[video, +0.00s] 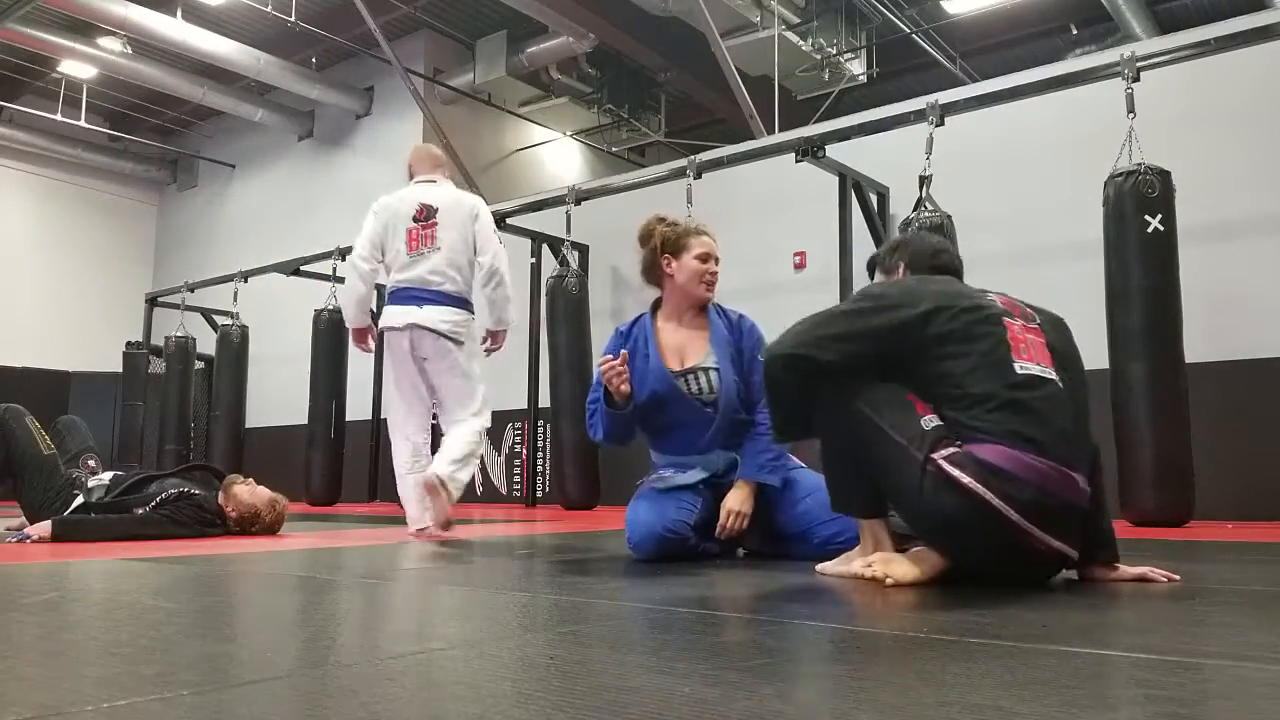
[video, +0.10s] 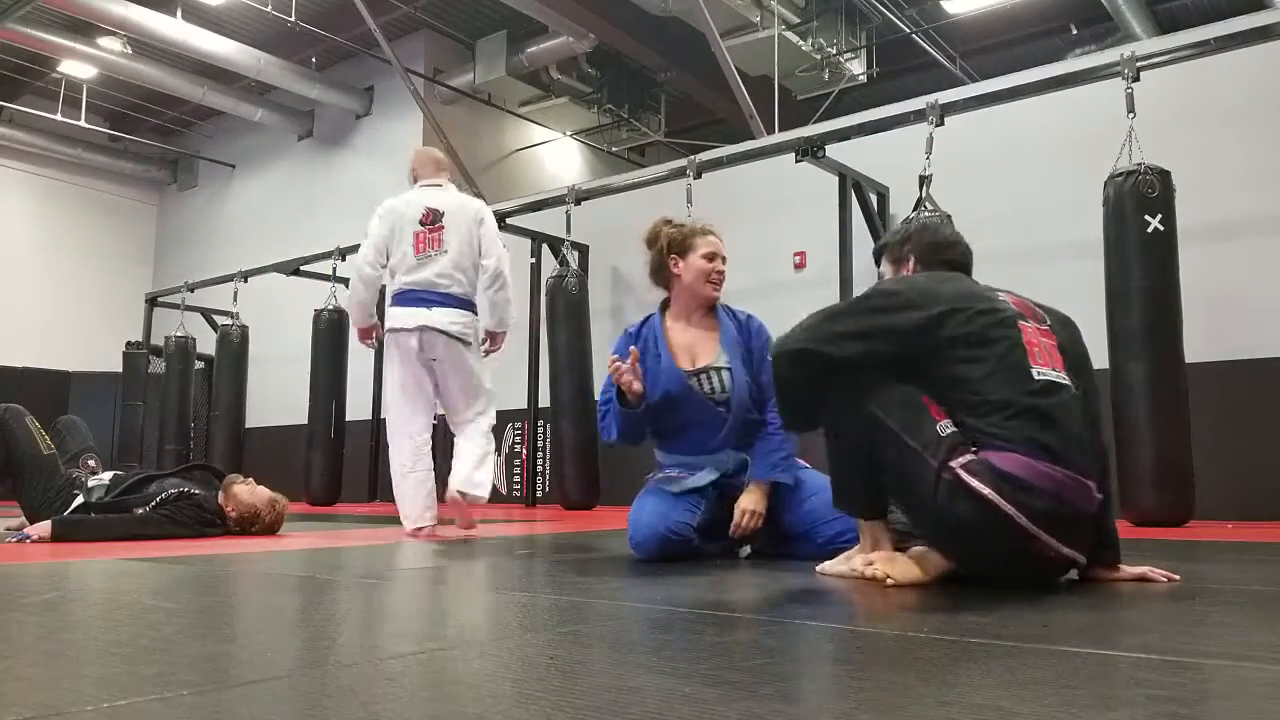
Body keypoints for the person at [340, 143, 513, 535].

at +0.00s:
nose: (447, 178)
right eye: (448, 172)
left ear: (409, 175)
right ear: (448, 173)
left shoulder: (386, 206)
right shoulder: (472, 205)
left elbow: (360, 264)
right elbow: (493, 265)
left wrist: (357, 319)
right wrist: (498, 320)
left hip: (396, 322)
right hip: (448, 323)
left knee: (407, 421)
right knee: (467, 416)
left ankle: (421, 524)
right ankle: (442, 478)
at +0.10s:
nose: (411, 182)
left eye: (410, 177)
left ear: (412, 177)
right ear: (450, 176)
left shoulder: (392, 209)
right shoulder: (476, 209)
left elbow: (365, 268)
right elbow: (496, 267)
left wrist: (362, 318)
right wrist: (497, 322)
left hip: (403, 325)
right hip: (454, 325)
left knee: (408, 421)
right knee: (472, 413)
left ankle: (418, 520)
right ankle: (464, 489)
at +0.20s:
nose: (414, 186)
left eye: (414, 181)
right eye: (417, 181)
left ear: (418, 182)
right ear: (453, 181)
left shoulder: (397, 214)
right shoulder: (481, 216)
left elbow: (370, 268)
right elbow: (502, 274)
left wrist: (367, 316)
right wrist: (505, 328)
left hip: (407, 329)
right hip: (460, 329)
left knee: (409, 419)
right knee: (472, 417)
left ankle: (418, 516)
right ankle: (482, 510)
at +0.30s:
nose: (421, 194)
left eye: (421, 189)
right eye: (424, 189)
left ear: (426, 189)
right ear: (459, 189)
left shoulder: (406, 221)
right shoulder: (487, 225)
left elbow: (376, 273)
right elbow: (509, 284)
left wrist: (371, 317)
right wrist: (517, 335)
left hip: (414, 332)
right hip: (463, 334)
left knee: (412, 424)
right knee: (473, 426)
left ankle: (420, 516)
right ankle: (485, 511)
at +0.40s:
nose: (430, 203)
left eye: (430, 199)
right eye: (432, 199)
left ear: (435, 197)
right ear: (467, 197)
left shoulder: (415, 227)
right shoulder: (495, 235)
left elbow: (386, 277)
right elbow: (516, 294)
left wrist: (375, 323)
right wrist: (526, 343)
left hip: (422, 336)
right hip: (471, 338)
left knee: (416, 425)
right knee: (474, 427)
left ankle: (423, 510)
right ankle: (478, 511)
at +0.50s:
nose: (437, 203)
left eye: (438, 199)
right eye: (439, 199)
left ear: (443, 198)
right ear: (476, 200)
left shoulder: (423, 228)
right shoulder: (501, 238)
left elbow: (398, 277)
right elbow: (519, 296)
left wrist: (380, 323)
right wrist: (528, 343)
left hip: (431, 339)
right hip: (478, 342)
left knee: (415, 424)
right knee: (478, 430)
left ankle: (426, 494)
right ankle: (477, 515)